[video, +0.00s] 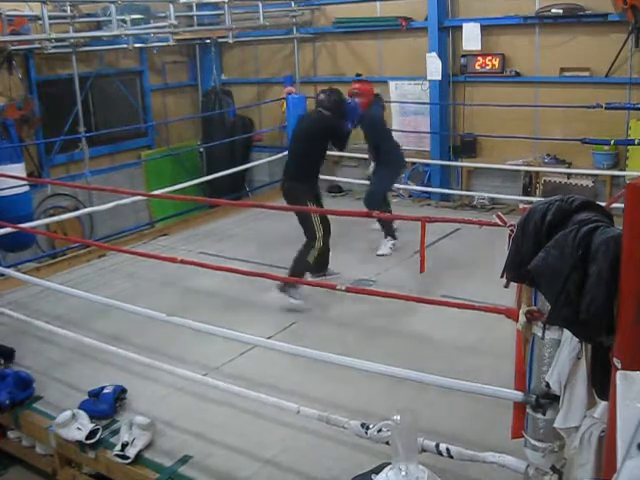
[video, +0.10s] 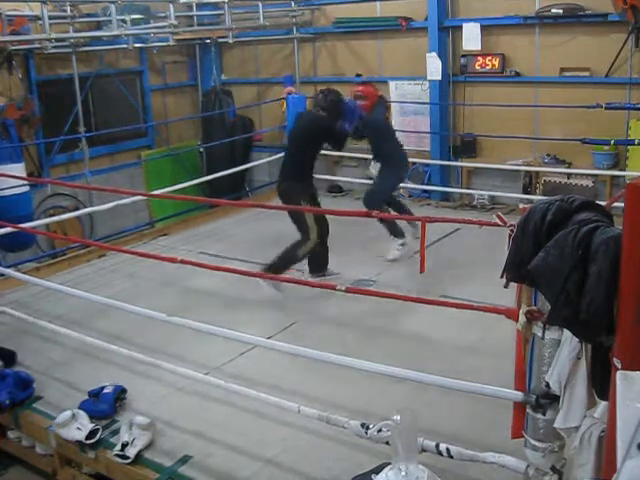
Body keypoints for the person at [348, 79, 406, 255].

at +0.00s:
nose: (354, 101)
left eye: (357, 97)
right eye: (353, 97)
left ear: (366, 98)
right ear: (367, 99)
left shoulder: (370, 117)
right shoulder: (369, 112)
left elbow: (376, 143)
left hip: (391, 159)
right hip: (385, 157)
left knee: (373, 199)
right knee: (378, 194)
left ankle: (390, 236)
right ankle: (386, 220)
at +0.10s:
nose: (358, 103)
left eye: (361, 99)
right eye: (357, 99)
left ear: (371, 100)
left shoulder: (374, 119)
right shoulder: (373, 115)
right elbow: (359, 133)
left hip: (395, 163)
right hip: (393, 161)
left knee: (371, 200)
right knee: (385, 195)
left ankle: (400, 239)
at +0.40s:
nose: (378, 112)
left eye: (382, 109)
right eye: (376, 108)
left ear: (393, 110)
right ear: (374, 107)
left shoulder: (402, 130)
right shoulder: (369, 118)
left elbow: (400, 160)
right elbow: (347, 120)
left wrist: (379, 158)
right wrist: (331, 116)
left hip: (394, 174)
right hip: (373, 172)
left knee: (392, 212)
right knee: (382, 205)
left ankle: (394, 259)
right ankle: (408, 228)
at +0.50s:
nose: (376, 111)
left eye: (381, 108)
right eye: (375, 107)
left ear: (392, 109)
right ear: (373, 106)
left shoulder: (406, 128)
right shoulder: (371, 116)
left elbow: (403, 160)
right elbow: (349, 117)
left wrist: (380, 154)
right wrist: (337, 124)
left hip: (395, 173)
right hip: (375, 169)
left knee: (387, 211)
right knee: (376, 205)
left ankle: (392, 260)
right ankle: (399, 229)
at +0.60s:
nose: (379, 106)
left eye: (383, 102)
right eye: (377, 102)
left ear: (394, 104)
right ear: (375, 102)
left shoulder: (408, 126)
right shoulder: (373, 116)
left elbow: (409, 159)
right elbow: (355, 129)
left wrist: (385, 150)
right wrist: (345, 140)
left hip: (398, 173)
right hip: (378, 170)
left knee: (386, 211)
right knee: (380, 208)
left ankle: (391, 259)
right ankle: (399, 230)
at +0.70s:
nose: (377, 104)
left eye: (381, 100)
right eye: (375, 100)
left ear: (393, 101)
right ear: (373, 101)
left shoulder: (406, 124)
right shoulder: (376, 119)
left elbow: (407, 155)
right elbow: (364, 135)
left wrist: (382, 148)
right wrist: (351, 140)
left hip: (405, 172)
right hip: (387, 171)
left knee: (390, 213)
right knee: (387, 209)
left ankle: (392, 260)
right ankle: (398, 231)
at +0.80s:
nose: (373, 104)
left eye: (377, 99)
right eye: (372, 99)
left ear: (389, 100)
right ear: (372, 100)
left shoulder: (403, 121)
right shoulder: (384, 117)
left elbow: (401, 150)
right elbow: (379, 140)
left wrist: (376, 140)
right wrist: (361, 129)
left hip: (412, 172)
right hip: (399, 169)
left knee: (393, 212)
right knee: (401, 205)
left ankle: (392, 260)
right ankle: (405, 236)